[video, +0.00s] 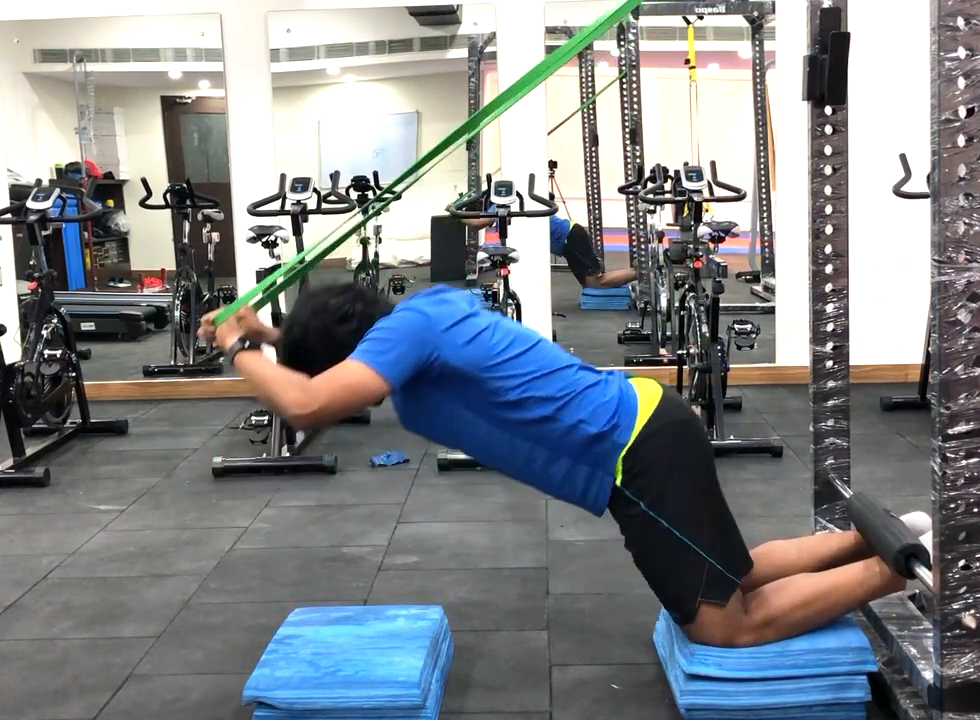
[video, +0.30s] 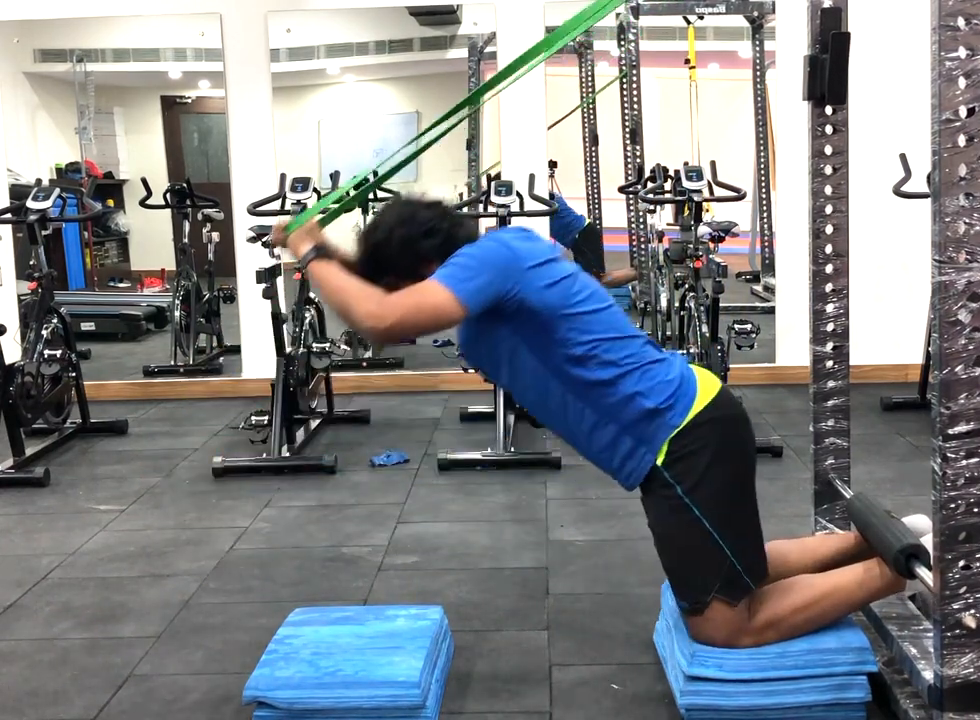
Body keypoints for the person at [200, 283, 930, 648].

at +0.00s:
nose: (337, 379)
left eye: (329, 363)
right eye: (328, 365)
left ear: (341, 337)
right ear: (359, 314)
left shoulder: (408, 329)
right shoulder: (418, 318)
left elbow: (304, 404)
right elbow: (332, 394)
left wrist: (243, 352)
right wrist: (269, 349)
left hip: (637, 451)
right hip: (639, 431)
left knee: (727, 626)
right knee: (724, 582)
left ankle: (896, 569)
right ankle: (860, 538)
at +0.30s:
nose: (406, 307)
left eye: (405, 293)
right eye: (398, 298)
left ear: (427, 268)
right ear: (439, 247)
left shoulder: (503, 254)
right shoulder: (492, 271)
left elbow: (382, 319)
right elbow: (395, 307)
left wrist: (312, 257)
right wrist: (330, 258)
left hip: (686, 434)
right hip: (682, 427)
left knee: (727, 625)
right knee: (723, 580)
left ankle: (900, 569)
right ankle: (862, 538)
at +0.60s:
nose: (501, 207)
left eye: (502, 193)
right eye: (490, 196)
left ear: (531, 175)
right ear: (545, 164)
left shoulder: (602, 189)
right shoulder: (581, 217)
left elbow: (482, 208)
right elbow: (487, 204)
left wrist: (423, 128)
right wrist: (437, 138)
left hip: (718, 428)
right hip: (684, 437)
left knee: (725, 624)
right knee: (717, 579)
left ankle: (905, 577)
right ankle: (869, 546)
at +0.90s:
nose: (592, 153)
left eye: (593, 140)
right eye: (586, 141)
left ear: (619, 131)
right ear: (653, 117)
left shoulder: (691, 164)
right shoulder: (640, 202)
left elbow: (572, 143)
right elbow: (598, 250)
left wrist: (532, 55)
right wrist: (569, 167)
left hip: (730, 425)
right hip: (693, 429)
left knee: (726, 622)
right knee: (709, 580)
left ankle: (905, 591)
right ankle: (871, 556)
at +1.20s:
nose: (611, 151)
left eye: (615, 137)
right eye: (607, 136)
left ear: (654, 133)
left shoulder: (712, 163)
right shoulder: (671, 194)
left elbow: (595, 149)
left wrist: (551, 60)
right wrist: (583, 164)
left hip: (740, 424)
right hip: (705, 423)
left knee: (725, 620)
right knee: (708, 575)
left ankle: (908, 589)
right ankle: (868, 557)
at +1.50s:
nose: (593, 157)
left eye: (594, 143)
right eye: (587, 145)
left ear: (626, 134)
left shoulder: (689, 167)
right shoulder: (648, 202)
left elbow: (569, 149)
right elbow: (609, 270)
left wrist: (526, 64)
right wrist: (578, 181)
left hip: (725, 425)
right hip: (693, 425)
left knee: (722, 621)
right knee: (708, 585)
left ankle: (901, 588)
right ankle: (869, 555)